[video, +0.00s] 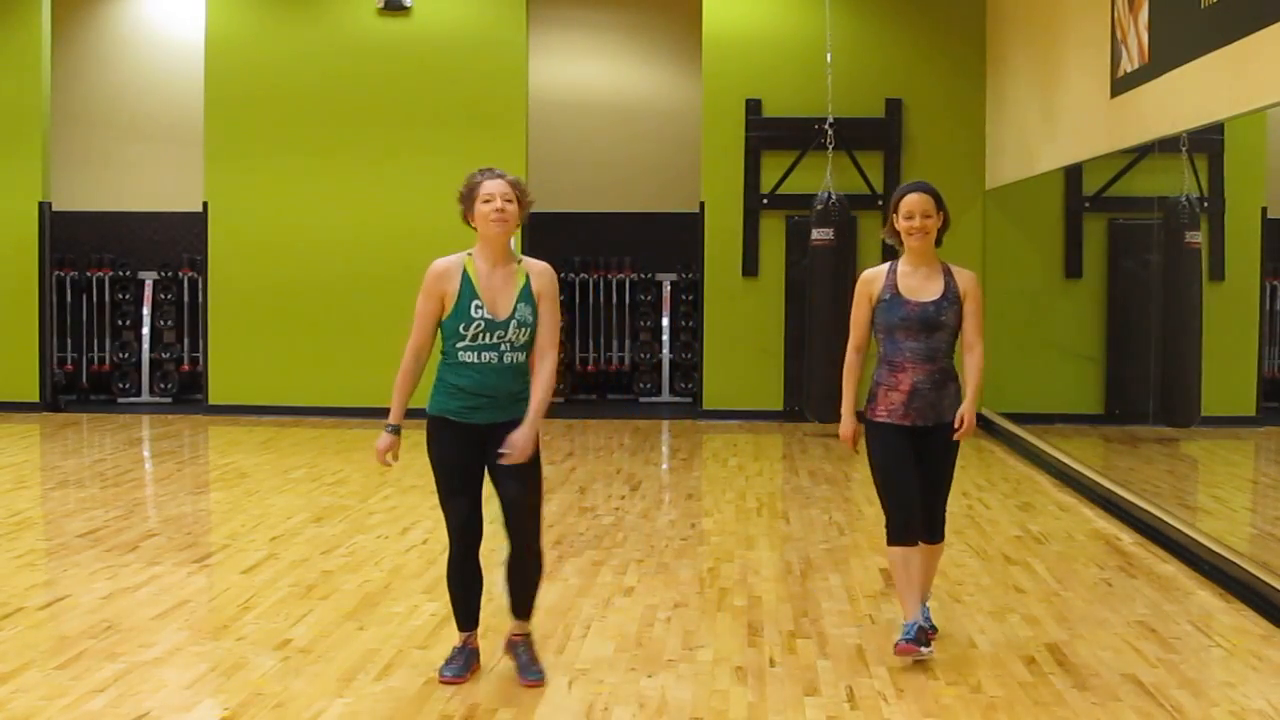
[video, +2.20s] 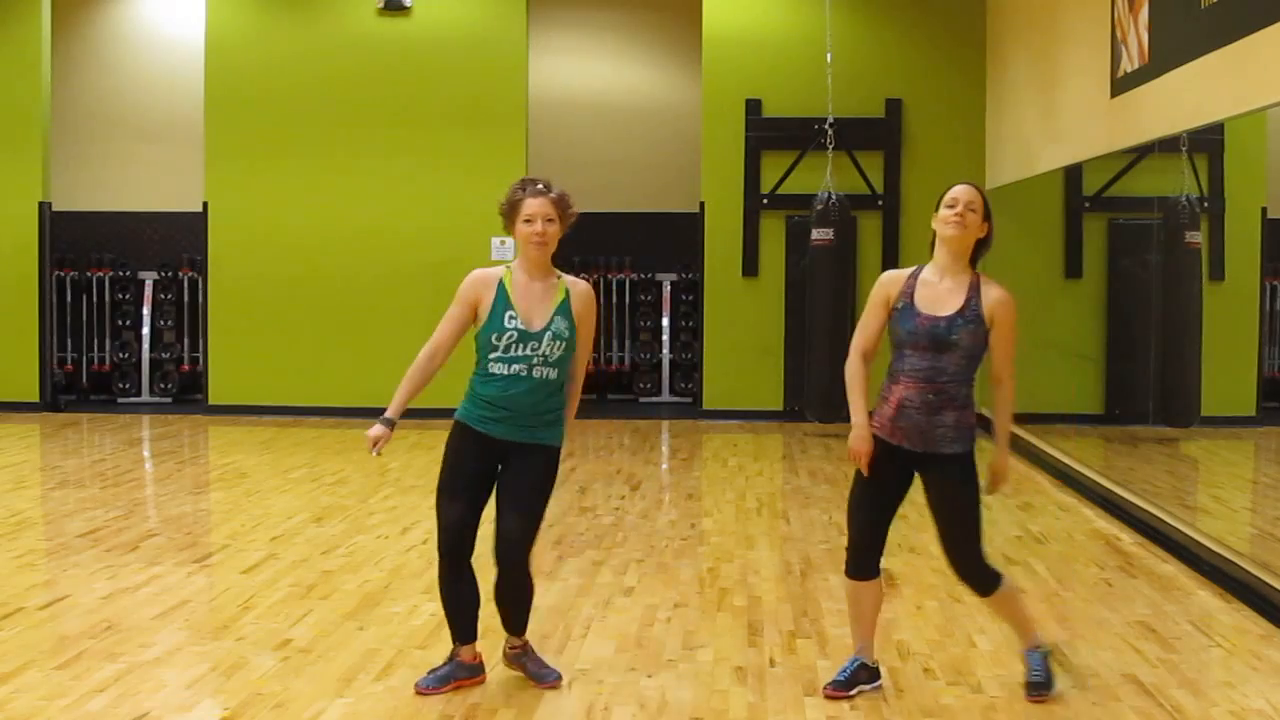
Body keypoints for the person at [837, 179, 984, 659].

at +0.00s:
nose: (918, 223)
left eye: (926, 215)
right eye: (909, 216)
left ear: (941, 221)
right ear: (895, 223)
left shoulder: (963, 282)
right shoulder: (873, 280)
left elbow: (972, 347)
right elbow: (855, 349)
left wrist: (970, 400)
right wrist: (847, 411)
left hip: (941, 415)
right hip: (886, 414)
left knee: (932, 515)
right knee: (903, 515)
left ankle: (921, 604)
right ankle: (911, 620)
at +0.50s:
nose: (928, 214)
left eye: (937, 207)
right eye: (918, 205)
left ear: (949, 215)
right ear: (902, 211)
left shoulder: (967, 277)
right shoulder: (873, 273)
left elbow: (980, 351)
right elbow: (854, 347)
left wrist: (989, 416)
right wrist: (864, 409)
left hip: (951, 422)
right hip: (891, 424)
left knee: (972, 532)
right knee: (903, 534)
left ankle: (979, 639)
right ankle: (916, 636)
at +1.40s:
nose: (972, 200)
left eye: (980, 194)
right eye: (960, 196)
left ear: (995, 211)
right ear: (944, 216)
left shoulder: (1020, 283)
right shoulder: (921, 276)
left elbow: (1027, 362)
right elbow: (888, 350)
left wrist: (1032, 427)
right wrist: (886, 422)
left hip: (998, 437)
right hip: (931, 436)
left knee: (1045, 543)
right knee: (904, 550)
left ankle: (1059, 656)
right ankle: (881, 656)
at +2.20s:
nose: (956, 212)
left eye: (969, 209)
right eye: (949, 205)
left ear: (983, 232)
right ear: (933, 221)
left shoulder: (993, 299)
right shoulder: (894, 283)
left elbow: (1003, 380)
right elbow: (857, 356)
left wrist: (1002, 449)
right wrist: (859, 424)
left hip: (949, 445)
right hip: (888, 436)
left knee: (969, 566)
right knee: (861, 547)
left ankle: (1033, 644)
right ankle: (863, 659)